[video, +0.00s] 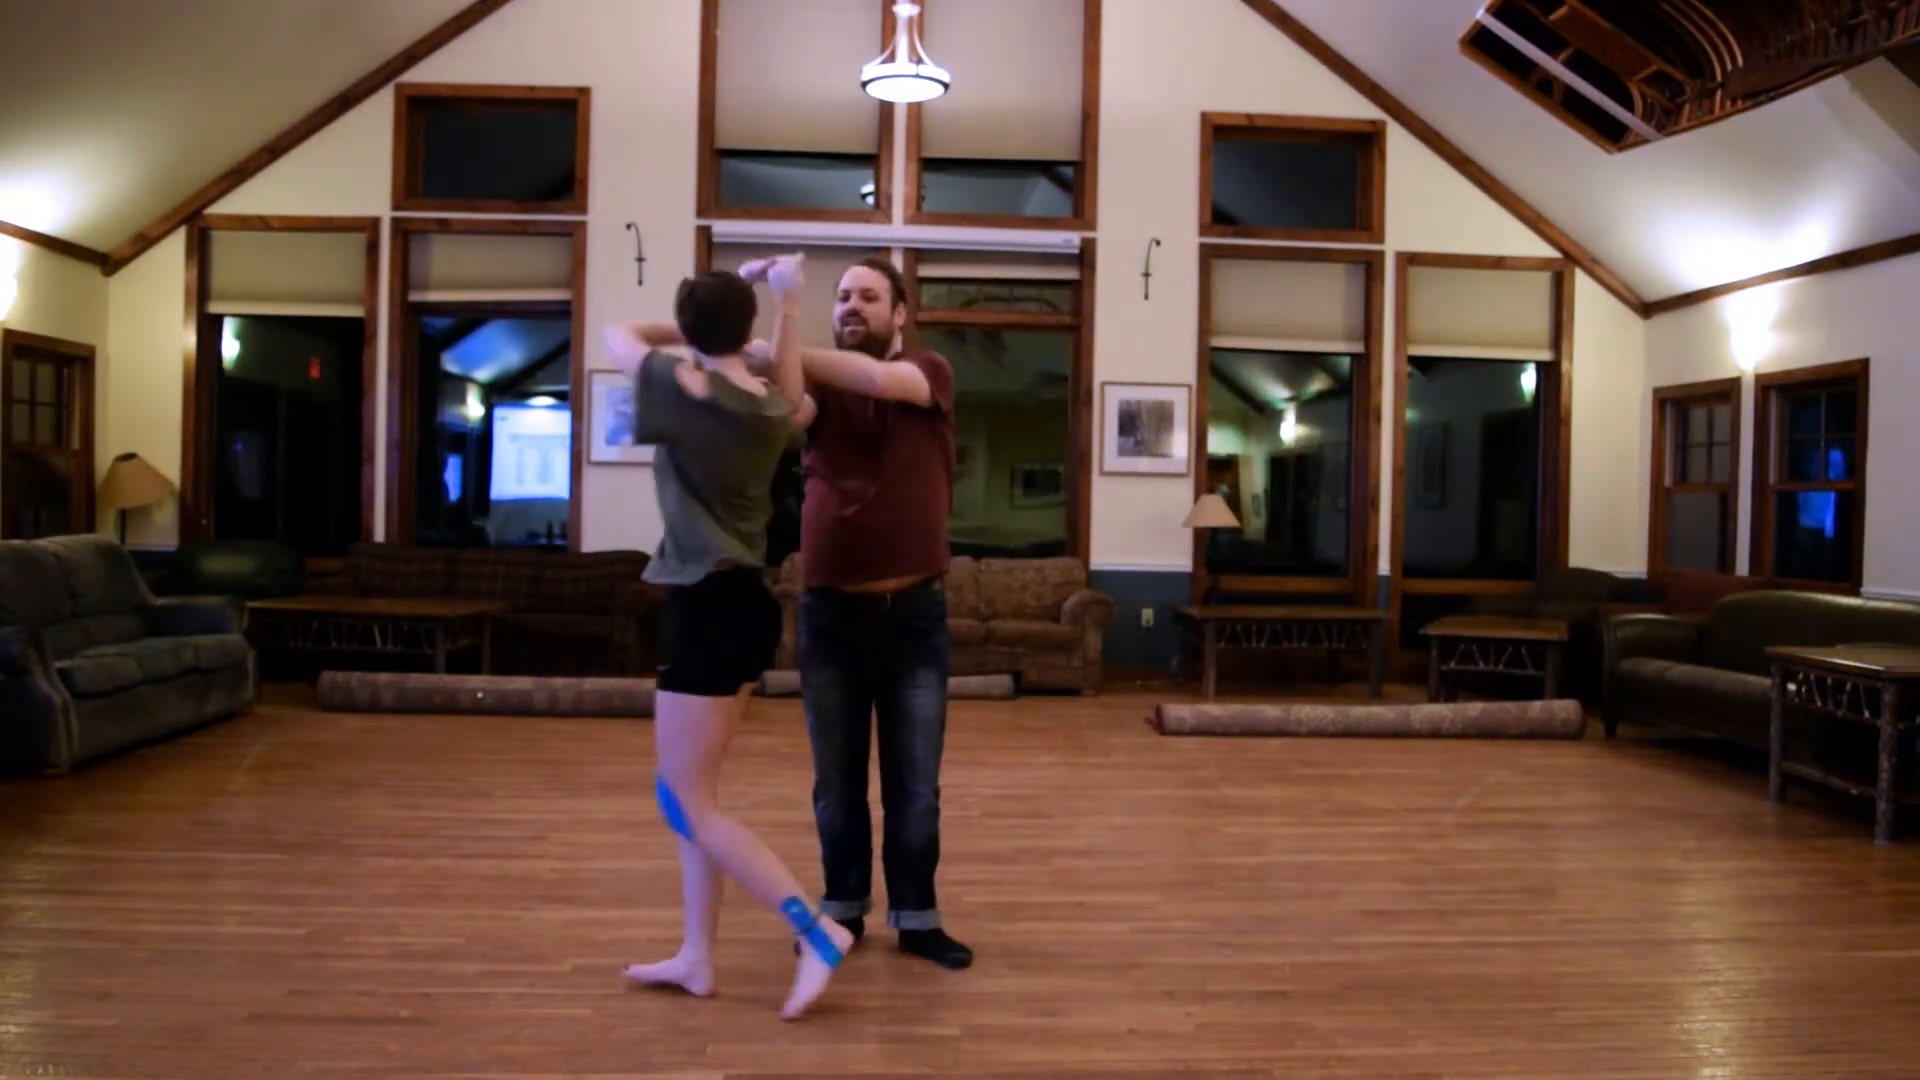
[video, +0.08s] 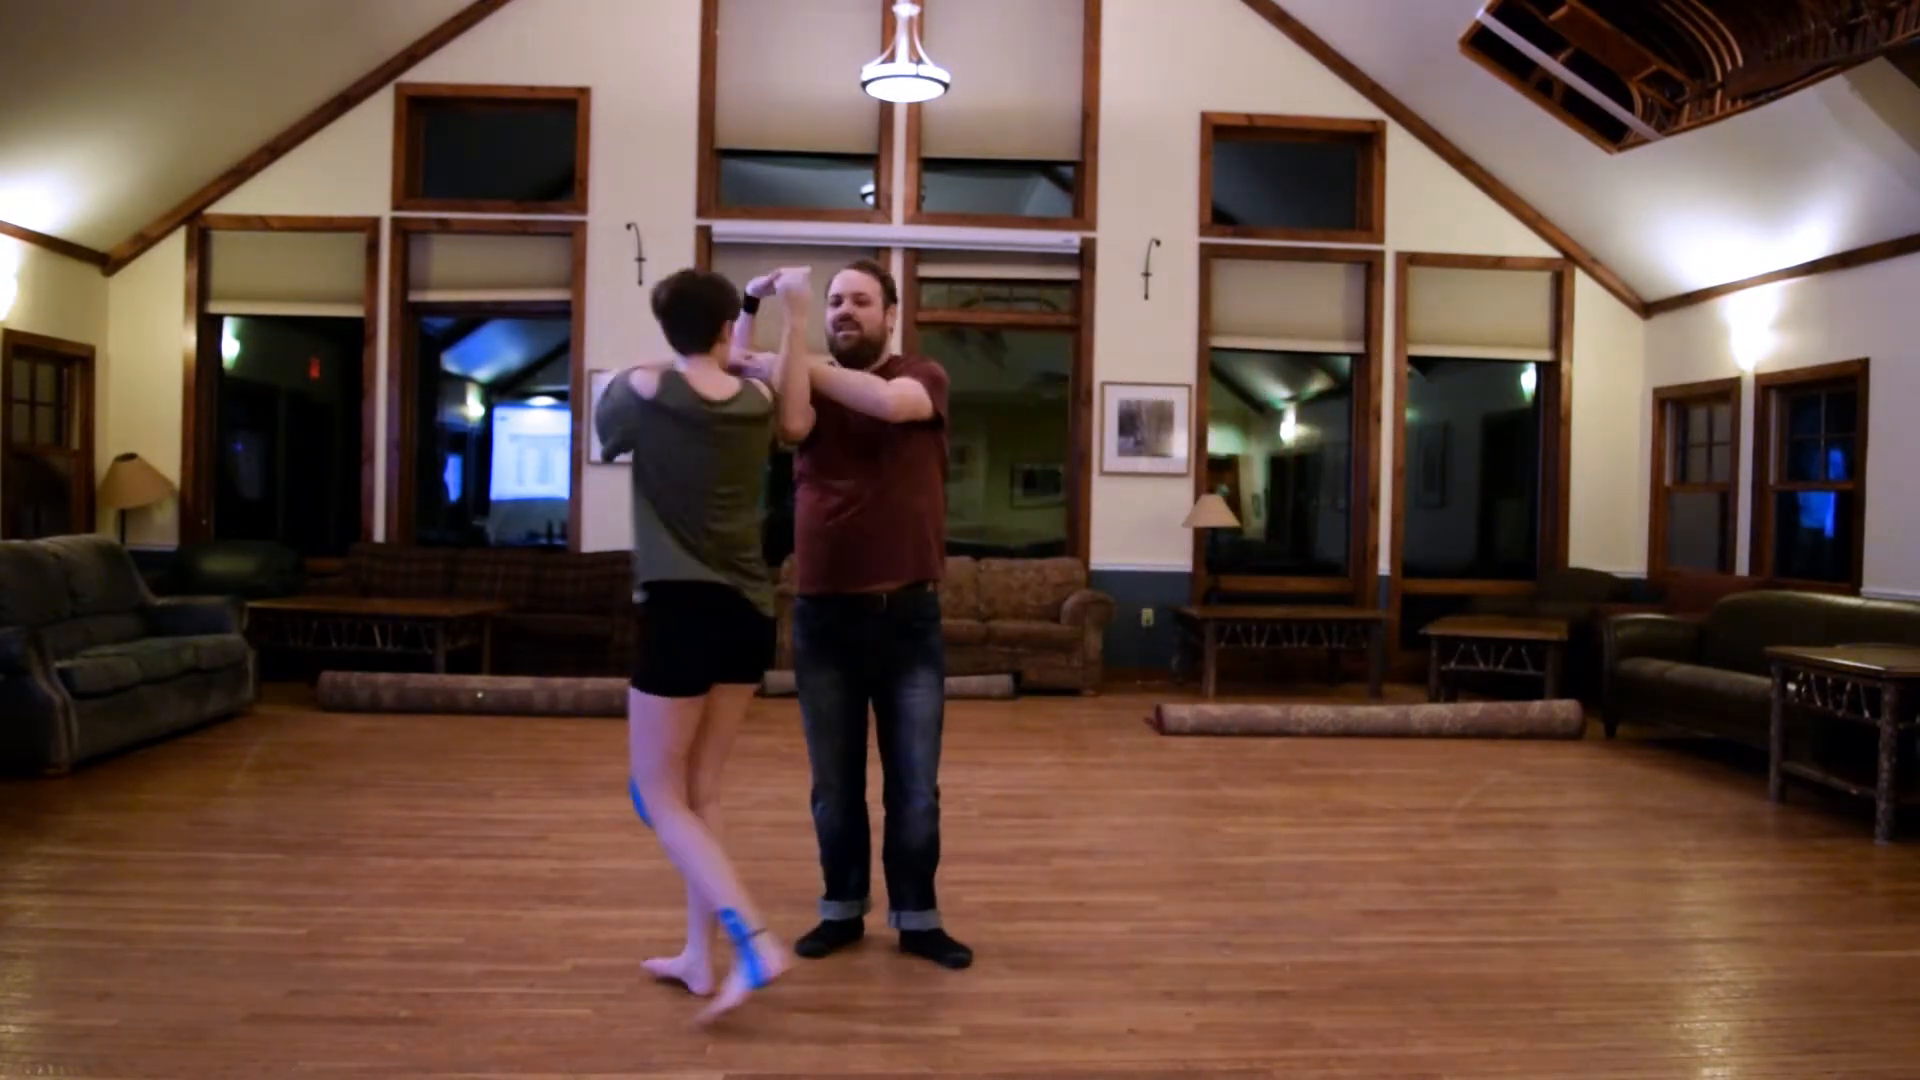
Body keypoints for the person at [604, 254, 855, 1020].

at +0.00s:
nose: (682, 334)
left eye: (684, 329)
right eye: (748, 329)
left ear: (684, 336)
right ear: (750, 339)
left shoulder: (674, 393)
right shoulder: (777, 412)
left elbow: (622, 339)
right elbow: (798, 399)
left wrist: (693, 337)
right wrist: (785, 324)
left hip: (704, 604)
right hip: (744, 602)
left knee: (688, 802)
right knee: (687, 794)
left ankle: (814, 932)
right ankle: (695, 957)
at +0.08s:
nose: (735, 334)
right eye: (734, 323)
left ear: (665, 330)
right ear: (731, 331)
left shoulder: (643, 394)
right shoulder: (761, 397)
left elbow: (603, 433)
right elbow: (796, 416)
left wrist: (634, 380)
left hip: (675, 611)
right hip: (747, 610)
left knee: (657, 795)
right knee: (701, 794)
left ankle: (754, 943)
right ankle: (697, 956)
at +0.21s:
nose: (710, 332)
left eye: (707, 322)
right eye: (706, 322)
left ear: (638, 330)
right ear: (689, 330)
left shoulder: (607, 401)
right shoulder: (727, 399)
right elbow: (777, 384)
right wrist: (782, 304)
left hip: (631, 620)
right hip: (721, 620)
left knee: (631, 801)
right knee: (702, 796)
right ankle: (704, 962)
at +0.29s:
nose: (697, 337)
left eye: (694, 325)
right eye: (691, 326)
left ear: (627, 335)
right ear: (670, 334)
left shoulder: (594, 405)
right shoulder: (706, 405)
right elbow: (773, 382)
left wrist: (713, 380)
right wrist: (791, 298)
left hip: (607, 625)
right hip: (694, 624)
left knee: (617, 801)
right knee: (695, 799)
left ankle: (589, 965)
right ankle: (704, 961)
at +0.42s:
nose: (686, 337)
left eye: (684, 326)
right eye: (679, 326)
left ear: (619, 335)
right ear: (655, 334)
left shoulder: (585, 405)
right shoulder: (686, 401)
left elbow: (666, 402)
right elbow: (758, 394)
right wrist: (784, 307)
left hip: (586, 620)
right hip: (669, 620)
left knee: (612, 799)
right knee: (686, 798)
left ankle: (588, 966)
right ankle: (706, 960)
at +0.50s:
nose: (682, 338)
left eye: (679, 326)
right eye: (675, 327)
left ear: (614, 335)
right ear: (648, 334)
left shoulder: (579, 409)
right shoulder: (676, 403)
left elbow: (686, 404)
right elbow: (760, 395)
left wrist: (750, 364)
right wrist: (788, 306)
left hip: (583, 621)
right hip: (659, 621)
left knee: (607, 800)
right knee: (681, 799)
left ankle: (588, 966)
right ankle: (705, 962)